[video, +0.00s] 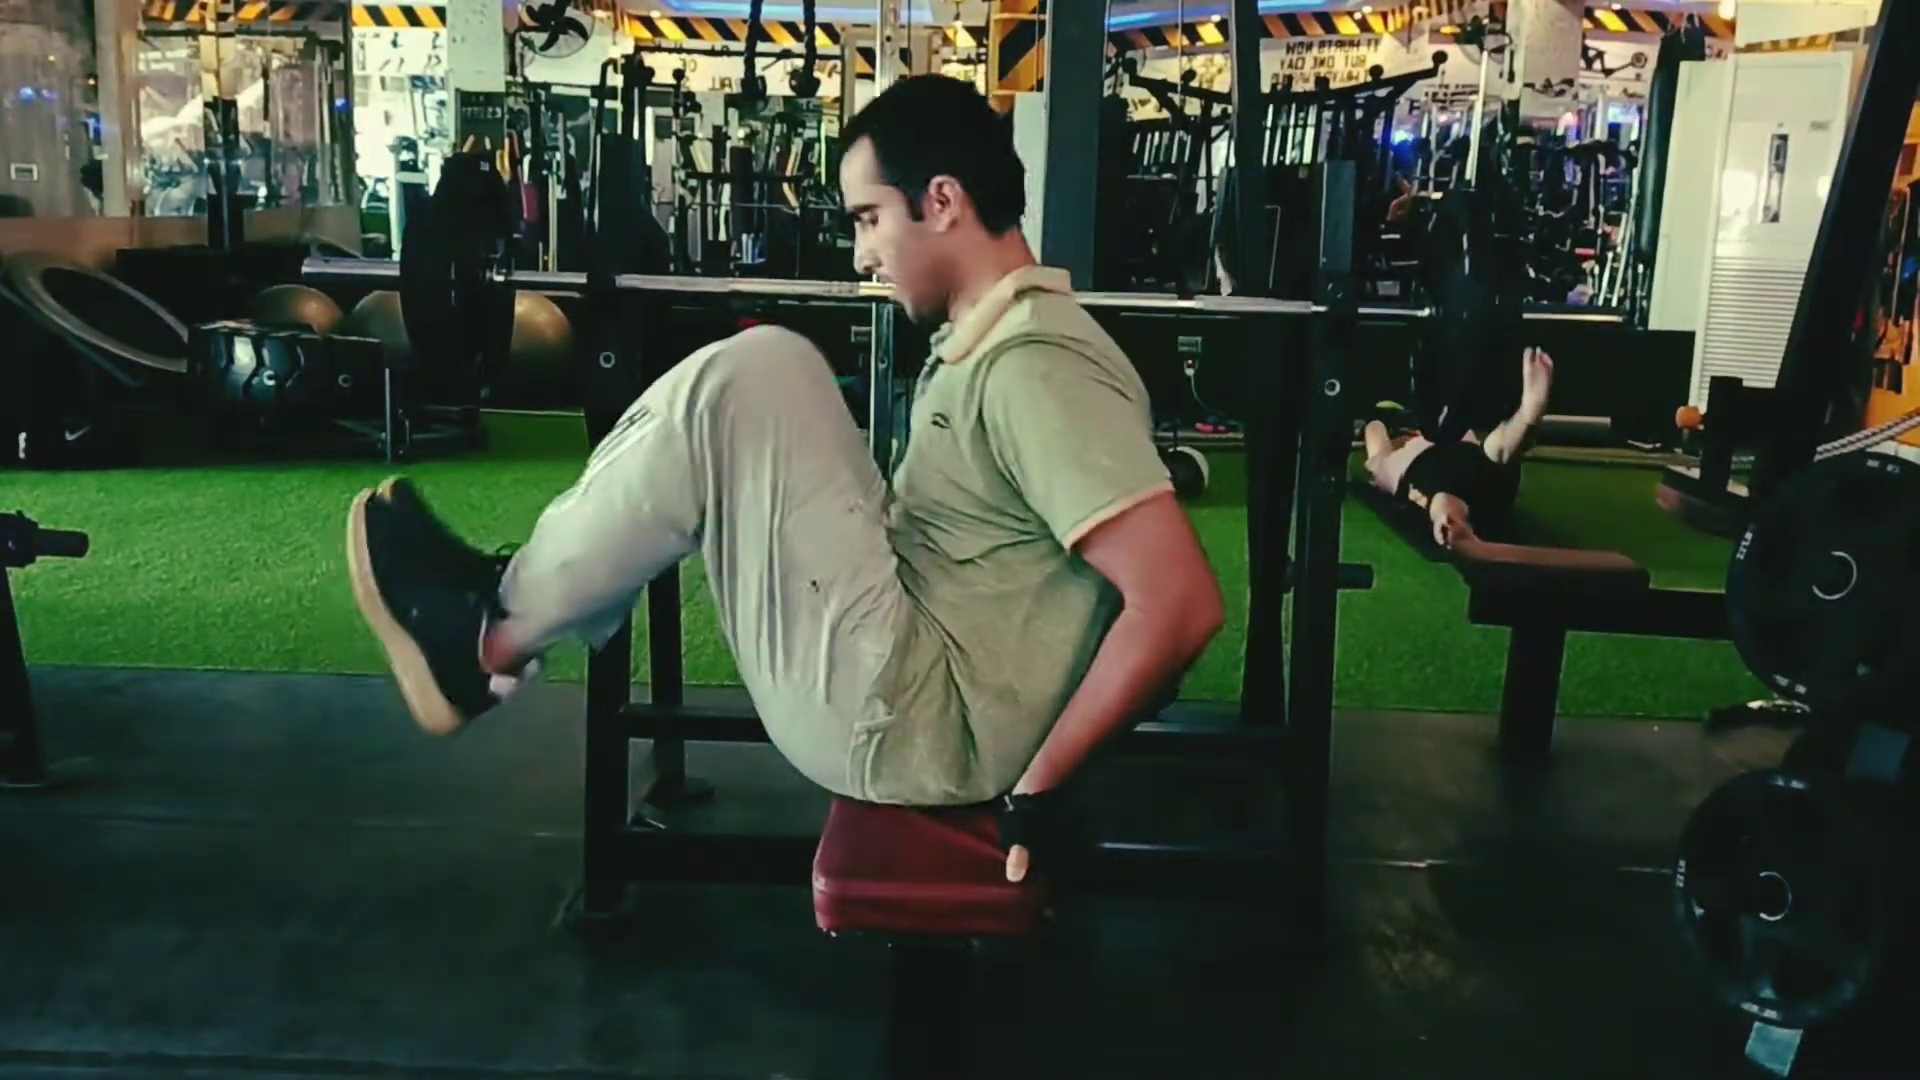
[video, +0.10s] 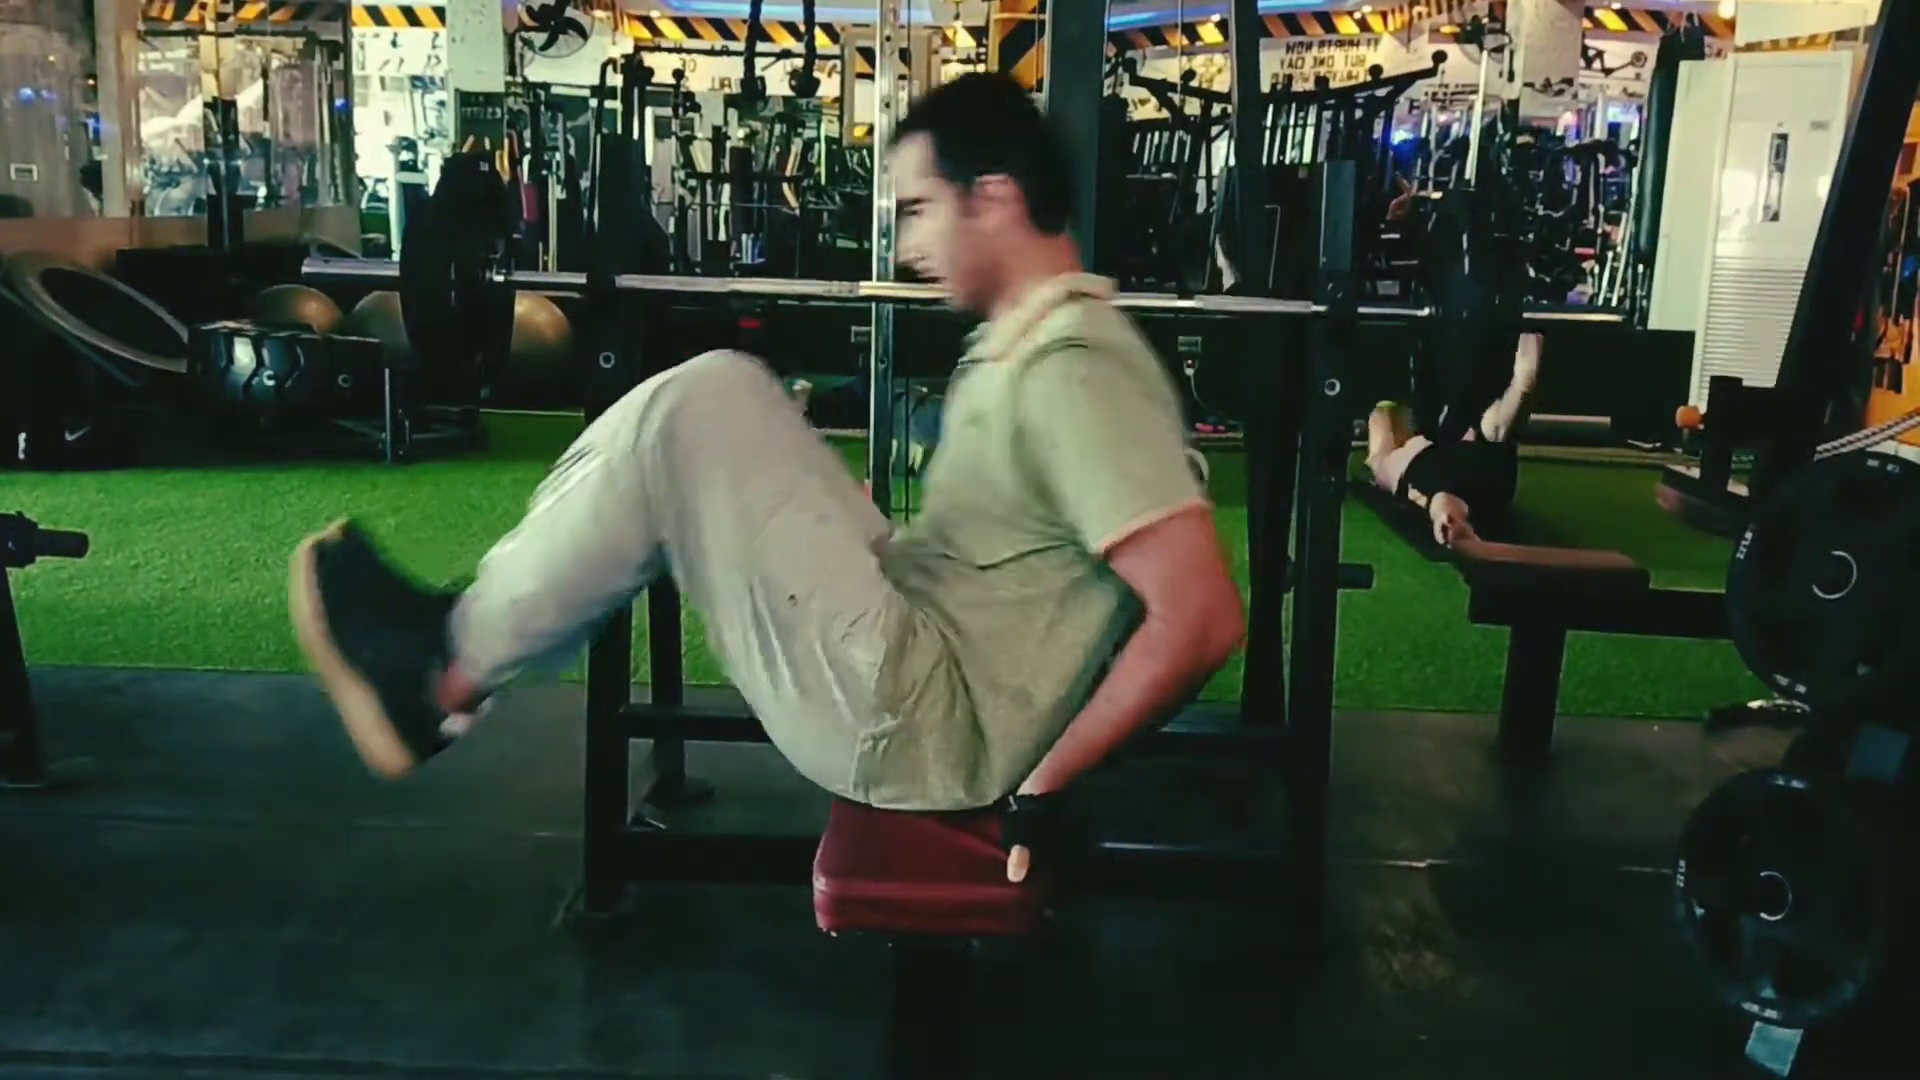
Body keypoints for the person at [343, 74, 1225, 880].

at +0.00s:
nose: (860, 255)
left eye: (868, 222)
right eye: (856, 228)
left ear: (945, 205)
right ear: (943, 210)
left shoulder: (1034, 357)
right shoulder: (997, 343)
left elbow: (1175, 603)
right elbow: (1147, 587)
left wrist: (1028, 794)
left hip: (921, 730)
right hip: (907, 706)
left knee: (754, 375)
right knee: (746, 373)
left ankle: (492, 641)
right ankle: (499, 618)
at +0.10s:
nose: (900, 246)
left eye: (914, 213)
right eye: (895, 219)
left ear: (999, 203)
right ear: (987, 207)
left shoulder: (1074, 356)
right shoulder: (1023, 347)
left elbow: (1199, 615)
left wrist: (1033, 796)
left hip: (933, 726)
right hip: (909, 684)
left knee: (707, 398)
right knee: (700, 396)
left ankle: (442, 682)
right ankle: (450, 648)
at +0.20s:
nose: (998, 253)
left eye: (1012, 223)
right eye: (996, 225)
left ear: (1096, 222)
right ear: (1090, 224)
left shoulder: (1149, 381)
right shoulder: (1099, 358)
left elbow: (1236, 649)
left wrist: (1044, 785)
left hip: (938, 716)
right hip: (914, 659)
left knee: (625, 472)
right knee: (641, 450)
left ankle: (351, 745)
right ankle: (371, 712)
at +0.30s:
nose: (1088, 281)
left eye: (1106, 249)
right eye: (1088, 249)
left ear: (1194, 254)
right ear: (1170, 251)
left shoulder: (1219, 420)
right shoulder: (1166, 386)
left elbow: (1261, 691)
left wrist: (1065, 795)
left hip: (926, 708)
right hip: (899, 632)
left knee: (567, 576)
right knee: (582, 547)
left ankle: (257, 810)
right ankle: (285, 767)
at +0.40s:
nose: (1139, 300)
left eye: (1161, 270)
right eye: (1143, 271)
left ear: (1250, 285)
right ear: (1239, 288)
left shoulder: (1257, 455)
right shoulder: (1195, 413)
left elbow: (1273, 722)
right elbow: (1183, 647)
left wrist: (1058, 794)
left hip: (922, 702)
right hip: (895, 624)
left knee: (552, 655)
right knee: (576, 595)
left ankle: (231, 836)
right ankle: (271, 788)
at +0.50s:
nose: (1138, 291)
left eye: (1160, 262)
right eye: (1141, 263)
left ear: (1251, 277)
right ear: (1239, 280)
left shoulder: (1257, 442)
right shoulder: (1194, 408)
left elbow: (1268, 713)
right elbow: (1193, 654)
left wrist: (1055, 798)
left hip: (926, 704)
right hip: (899, 630)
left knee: (565, 633)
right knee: (585, 582)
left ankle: (248, 836)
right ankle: (286, 792)